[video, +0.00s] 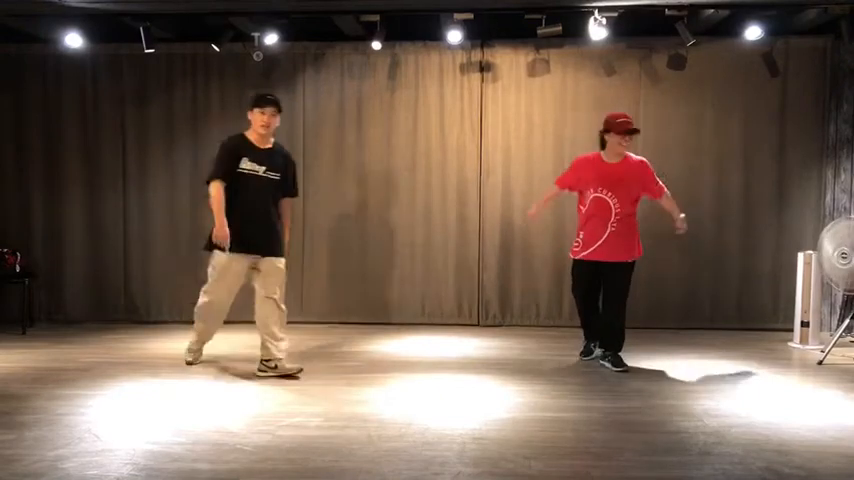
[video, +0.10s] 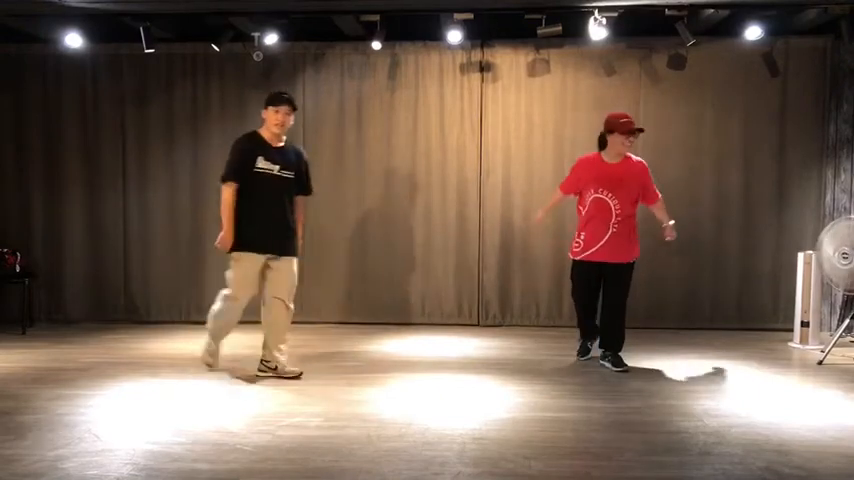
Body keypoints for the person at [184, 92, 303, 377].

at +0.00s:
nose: (267, 119)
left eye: (273, 114)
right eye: (262, 113)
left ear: (278, 120)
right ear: (250, 116)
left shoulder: (283, 159)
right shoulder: (233, 147)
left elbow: (285, 201)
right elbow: (216, 184)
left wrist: (285, 238)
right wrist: (220, 223)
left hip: (270, 241)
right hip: (235, 239)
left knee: (272, 302)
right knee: (214, 299)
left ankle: (271, 358)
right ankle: (198, 341)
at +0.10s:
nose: (283, 118)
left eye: (288, 113)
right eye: (277, 112)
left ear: (293, 119)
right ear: (265, 114)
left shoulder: (296, 156)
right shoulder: (246, 145)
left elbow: (299, 201)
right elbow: (229, 186)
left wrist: (298, 237)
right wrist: (227, 229)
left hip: (283, 241)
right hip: (249, 239)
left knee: (281, 302)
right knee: (238, 295)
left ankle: (272, 358)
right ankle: (214, 338)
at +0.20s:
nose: (293, 116)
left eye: (298, 111)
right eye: (287, 110)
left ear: (304, 116)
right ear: (275, 112)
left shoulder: (308, 153)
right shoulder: (254, 146)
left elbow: (315, 197)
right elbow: (240, 188)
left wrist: (319, 235)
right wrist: (237, 228)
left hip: (296, 240)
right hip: (263, 238)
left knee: (289, 303)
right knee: (267, 296)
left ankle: (273, 359)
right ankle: (243, 348)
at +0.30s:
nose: (304, 116)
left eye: (309, 111)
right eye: (298, 110)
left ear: (313, 115)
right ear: (284, 111)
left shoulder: (316, 150)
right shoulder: (265, 146)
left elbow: (330, 192)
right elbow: (251, 187)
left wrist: (344, 227)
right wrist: (252, 228)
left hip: (306, 235)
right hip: (277, 234)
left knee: (294, 299)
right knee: (292, 295)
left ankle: (273, 358)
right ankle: (281, 362)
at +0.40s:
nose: (315, 115)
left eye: (320, 110)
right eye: (308, 109)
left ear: (324, 115)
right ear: (295, 112)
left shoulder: (327, 150)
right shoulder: (278, 149)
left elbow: (343, 190)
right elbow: (266, 192)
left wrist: (363, 223)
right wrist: (269, 233)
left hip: (317, 238)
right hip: (292, 237)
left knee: (297, 301)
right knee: (315, 295)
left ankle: (274, 360)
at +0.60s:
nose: (344, 119)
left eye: (349, 113)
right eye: (337, 112)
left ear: (354, 118)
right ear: (325, 115)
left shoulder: (357, 154)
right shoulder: (312, 154)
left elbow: (371, 197)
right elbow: (303, 201)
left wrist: (387, 229)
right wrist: (306, 246)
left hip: (350, 244)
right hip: (327, 245)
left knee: (320, 304)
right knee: (347, 307)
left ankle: (282, 351)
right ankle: (366, 372)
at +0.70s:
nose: (363, 115)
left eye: (369, 110)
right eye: (357, 109)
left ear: (374, 115)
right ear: (344, 112)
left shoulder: (375, 150)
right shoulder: (330, 151)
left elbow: (385, 196)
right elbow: (324, 201)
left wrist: (392, 235)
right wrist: (330, 246)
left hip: (371, 243)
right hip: (345, 244)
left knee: (366, 301)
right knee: (355, 306)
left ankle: (307, 341)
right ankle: (366, 372)